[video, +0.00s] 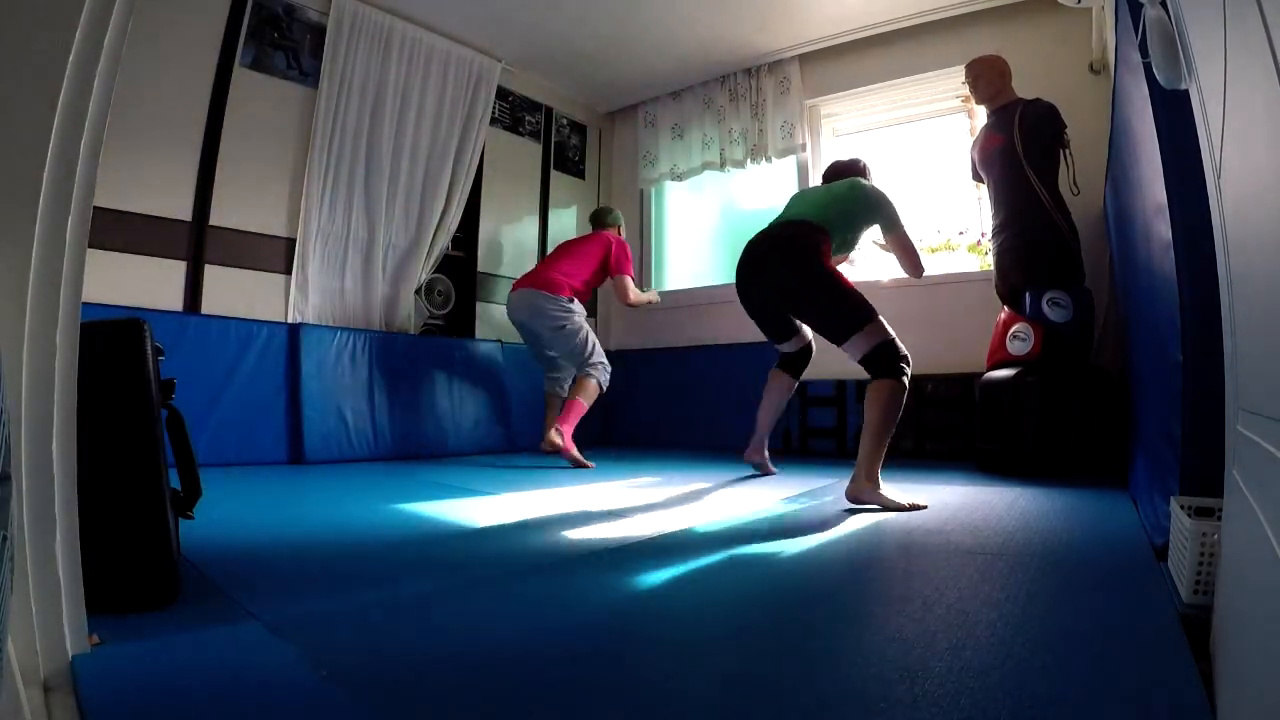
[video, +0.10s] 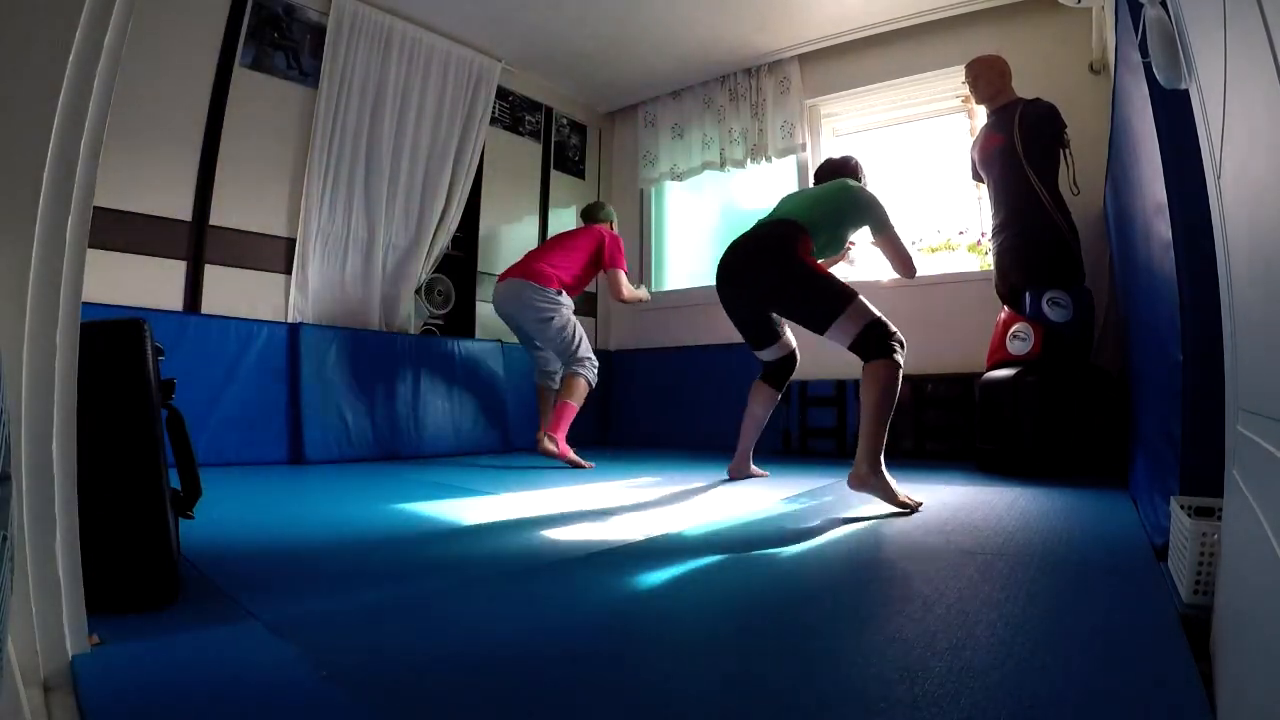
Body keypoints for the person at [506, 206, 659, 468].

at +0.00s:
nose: (623, 234)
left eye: (623, 231)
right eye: (623, 231)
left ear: (593, 227)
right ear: (618, 229)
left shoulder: (572, 242)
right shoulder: (615, 243)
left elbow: (546, 269)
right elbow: (629, 297)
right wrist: (649, 297)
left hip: (517, 297)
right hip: (551, 297)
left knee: (560, 367)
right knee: (597, 366)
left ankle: (552, 434)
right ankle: (564, 431)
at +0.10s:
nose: (617, 231)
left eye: (616, 228)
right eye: (616, 227)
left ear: (584, 223)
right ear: (611, 225)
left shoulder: (568, 236)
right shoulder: (608, 237)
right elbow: (622, 292)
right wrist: (641, 294)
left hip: (503, 289)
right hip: (539, 290)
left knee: (549, 363)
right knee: (584, 362)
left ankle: (546, 434)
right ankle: (557, 437)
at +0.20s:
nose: (608, 229)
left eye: (608, 225)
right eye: (608, 225)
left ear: (578, 219)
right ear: (602, 221)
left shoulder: (561, 232)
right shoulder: (594, 231)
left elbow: (529, 271)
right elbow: (612, 287)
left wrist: (556, 304)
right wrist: (630, 290)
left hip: (487, 285)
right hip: (522, 287)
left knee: (541, 352)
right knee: (575, 351)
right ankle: (557, 436)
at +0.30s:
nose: (598, 229)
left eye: (597, 224)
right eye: (598, 224)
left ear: (568, 219)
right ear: (593, 220)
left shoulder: (547, 233)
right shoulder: (580, 231)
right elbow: (597, 286)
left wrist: (548, 302)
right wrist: (621, 289)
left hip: (472, 290)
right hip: (504, 290)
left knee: (522, 360)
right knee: (564, 349)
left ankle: (497, 437)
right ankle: (532, 423)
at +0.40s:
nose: (587, 226)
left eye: (586, 221)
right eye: (587, 221)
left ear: (556, 217)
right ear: (581, 218)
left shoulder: (537, 231)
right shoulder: (573, 231)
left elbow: (495, 274)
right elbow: (583, 290)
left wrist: (531, 302)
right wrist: (610, 290)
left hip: (458, 286)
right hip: (490, 288)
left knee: (503, 368)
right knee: (539, 362)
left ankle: (498, 440)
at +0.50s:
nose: (576, 225)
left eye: (577, 220)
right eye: (577, 219)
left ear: (545, 212)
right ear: (571, 215)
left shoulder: (523, 224)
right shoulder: (561, 226)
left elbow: (479, 265)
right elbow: (571, 287)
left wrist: (512, 299)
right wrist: (597, 290)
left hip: (439, 276)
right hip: (473, 280)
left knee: (486, 361)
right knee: (524, 357)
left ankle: (491, 433)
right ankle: (484, 443)